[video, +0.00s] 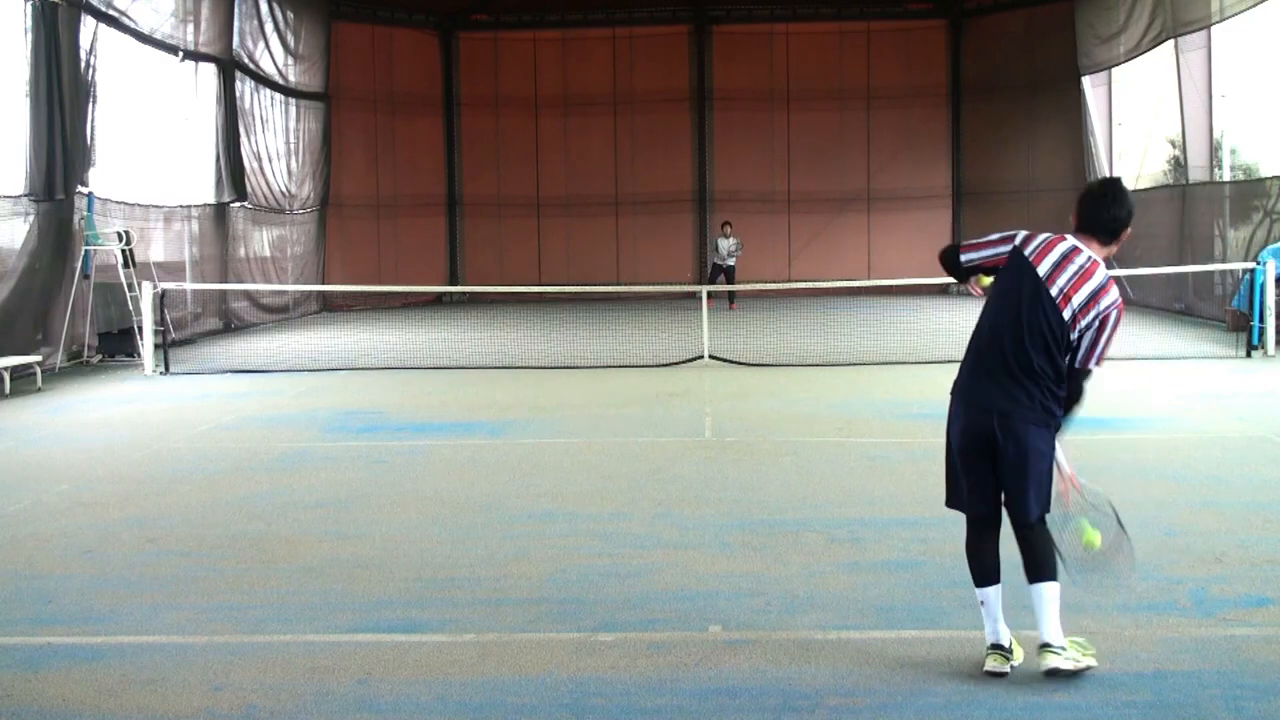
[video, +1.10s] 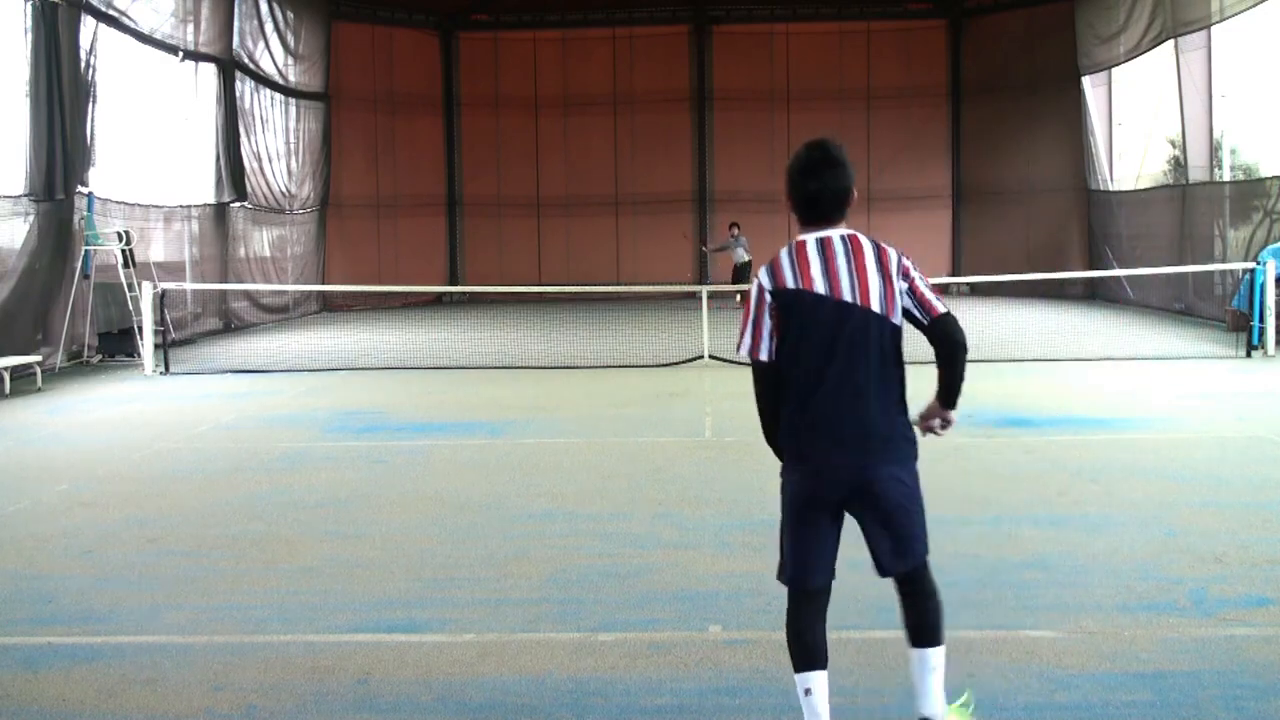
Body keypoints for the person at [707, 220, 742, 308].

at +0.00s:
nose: (727, 230)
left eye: (728, 228)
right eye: (725, 228)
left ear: (731, 230)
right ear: (722, 230)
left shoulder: (735, 241)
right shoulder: (718, 240)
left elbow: (739, 252)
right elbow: (715, 251)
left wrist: (733, 254)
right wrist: (721, 256)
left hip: (730, 264)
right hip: (718, 263)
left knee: (731, 283)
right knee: (711, 280)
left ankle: (732, 303)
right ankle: (709, 298)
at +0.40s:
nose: (716, 233)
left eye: (718, 231)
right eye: (715, 231)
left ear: (721, 232)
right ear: (712, 233)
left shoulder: (726, 243)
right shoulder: (709, 244)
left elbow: (729, 252)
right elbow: (706, 255)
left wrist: (722, 258)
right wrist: (711, 263)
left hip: (725, 266)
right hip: (713, 266)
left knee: (729, 284)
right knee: (709, 284)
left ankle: (731, 303)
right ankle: (710, 301)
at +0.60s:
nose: (718, 232)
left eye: (720, 230)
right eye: (716, 230)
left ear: (722, 232)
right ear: (713, 232)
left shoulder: (726, 242)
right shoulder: (710, 242)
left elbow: (725, 252)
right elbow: (708, 253)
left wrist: (714, 249)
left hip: (726, 265)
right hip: (715, 266)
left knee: (730, 284)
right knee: (710, 284)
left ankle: (737, 301)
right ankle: (710, 302)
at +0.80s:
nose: (725, 236)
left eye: (727, 234)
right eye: (724, 234)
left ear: (730, 235)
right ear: (722, 235)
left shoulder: (733, 244)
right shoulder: (721, 245)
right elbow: (715, 252)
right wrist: (708, 252)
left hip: (732, 268)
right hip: (721, 268)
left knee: (736, 286)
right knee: (713, 286)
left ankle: (745, 302)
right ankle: (710, 302)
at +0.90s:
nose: (730, 235)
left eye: (731, 232)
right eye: (728, 233)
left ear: (734, 234)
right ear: (726, 234)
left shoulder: (737, 242)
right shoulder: (725, 245)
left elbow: (734, 248)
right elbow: (718, 250)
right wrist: (709, 251)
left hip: (737, 267)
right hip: (727, 267)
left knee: (740, 285)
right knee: (720, 285)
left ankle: (745, 302)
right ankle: (714, 301)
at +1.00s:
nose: (732, 233)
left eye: (733, 231)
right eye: (730, 231)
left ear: (737, 232)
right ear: (728, 232)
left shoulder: (740, 241)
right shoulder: (729, 242)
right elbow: (722, 248)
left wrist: (715, 245)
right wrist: (711, 249)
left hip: (742, 264)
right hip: (732, 265)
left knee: (742, 284)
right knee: (727, 283)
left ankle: (746, 302)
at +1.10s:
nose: (733, 232)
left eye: (735, 229)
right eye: (732, 230)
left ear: (738, 230)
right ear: (730, 231)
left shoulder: (742, 240)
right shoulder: (731, 242)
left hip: (746, 262)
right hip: (737, 264)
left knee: (743, 283)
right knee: (734, 283)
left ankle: (745, 301)